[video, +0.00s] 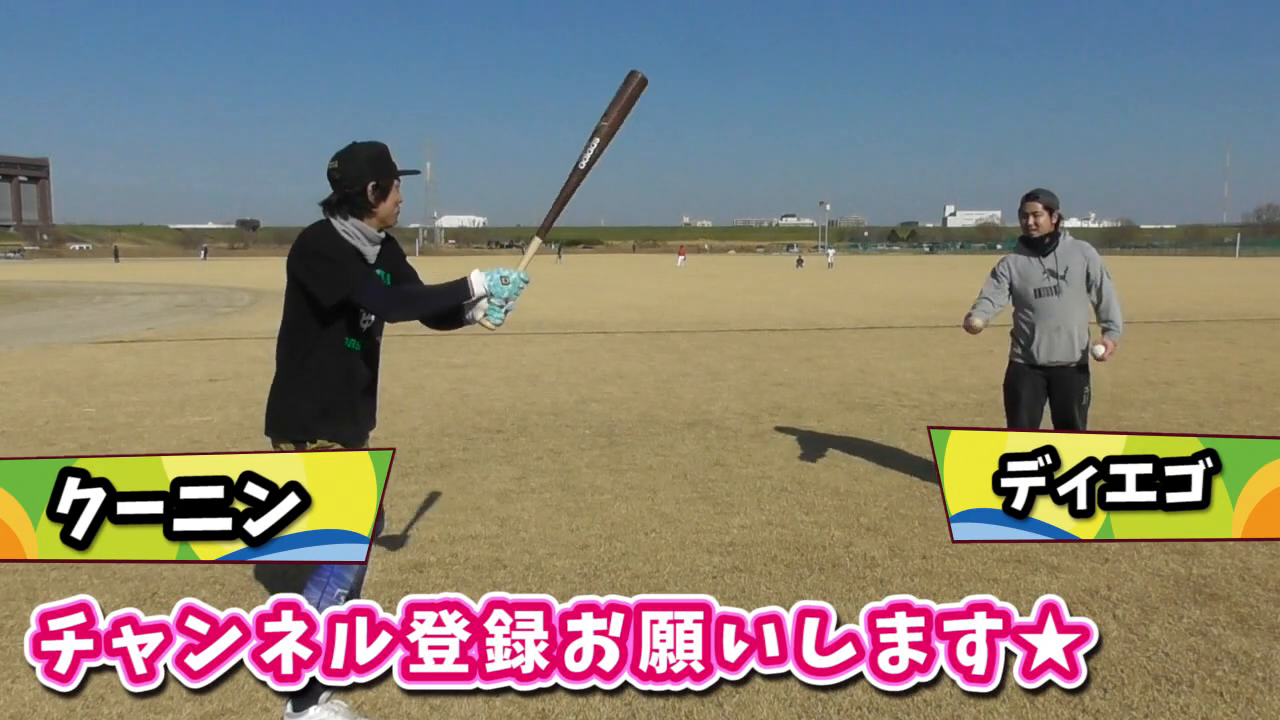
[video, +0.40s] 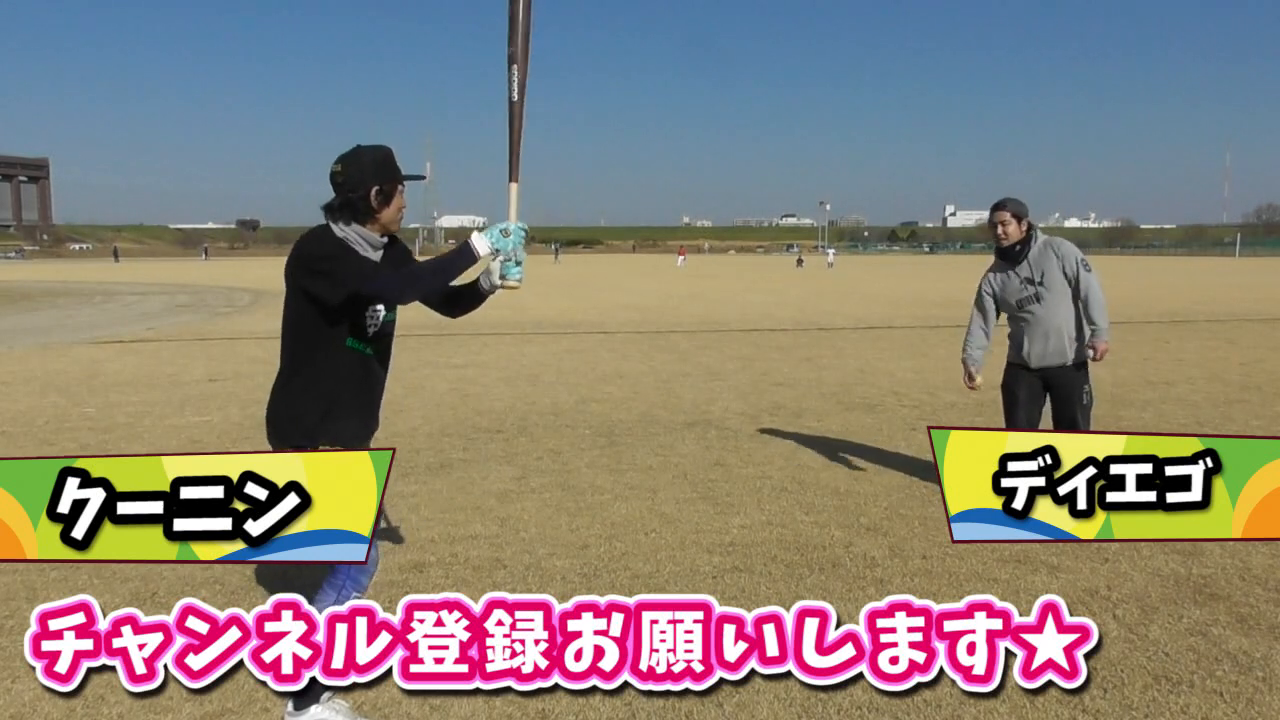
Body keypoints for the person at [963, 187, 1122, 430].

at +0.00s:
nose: (1029, 222)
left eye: (1036, 215)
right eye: (1024, 216)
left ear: (1054, 217)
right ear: (1019, 220)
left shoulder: (1082, 253)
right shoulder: (1012, 263)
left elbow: (1105, 295)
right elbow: (993, 295)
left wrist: (1110, 334)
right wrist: (977, 316)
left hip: (1071, 363)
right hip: (1026, 364)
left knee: (1072, 440)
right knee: (1020, 438)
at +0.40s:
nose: (998, 231)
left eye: (1005, 224)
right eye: (994, 226)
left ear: (1023, 226)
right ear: (990, 229)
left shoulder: (1060, 251)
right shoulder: (994, 278)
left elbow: (1089, 289)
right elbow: (981, 323)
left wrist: (1099, 334)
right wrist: (972, 360)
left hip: (1068, 364)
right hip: (1023, 368)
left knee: (1075, 442)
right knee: (1018, 440)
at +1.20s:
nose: (984, 238)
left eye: (990, 231)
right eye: (978, 233)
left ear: (1006, 231)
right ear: (972, 238)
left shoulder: (1041, 253)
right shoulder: (978, 281)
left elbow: (1077, 284)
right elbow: (965, 308)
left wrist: (1090, 325)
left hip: (1066, 361)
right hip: (1021, 368)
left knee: (1079, 436)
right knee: (1019, 438)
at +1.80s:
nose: (1026, 233)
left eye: (1033, 226)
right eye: (1020, 226)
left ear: (1049, 226)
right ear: (1013, 226)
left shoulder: (1071, 263)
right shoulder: (999, 265)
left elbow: (1086, 312)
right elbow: (981, 311)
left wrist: (1083, 355)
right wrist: (978, 353)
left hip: (1061, 369)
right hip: (1014, 372)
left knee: (1077, 442)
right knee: (1013, 442)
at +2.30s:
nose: (1060, 258)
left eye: (1068, 252)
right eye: (1055, 249)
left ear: (1081, 248)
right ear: (1047, 239)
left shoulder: (1090, 275)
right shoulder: (1019, 265)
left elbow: (1090, 323)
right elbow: (1000, 308)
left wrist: (1066, 359)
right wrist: (1005, 351)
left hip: (1060, 370)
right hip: (1015, 370)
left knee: (1076, 442)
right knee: (1013, 443)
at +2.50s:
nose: (1065, 290)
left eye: (1072, 286)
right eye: (1060, 284)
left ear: (1082, 280)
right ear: (1049, 271)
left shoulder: (1089, 294)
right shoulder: (1018, 281)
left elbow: (1093, 342)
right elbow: (999, 325)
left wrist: (1082, 388)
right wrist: (1003, 370)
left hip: (1058, 373)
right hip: (1014, 371)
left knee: (1076, 439)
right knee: (1011, 441)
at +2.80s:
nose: (1055, 334)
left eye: (1062, 330)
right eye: (1050, 329)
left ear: (1073, 322)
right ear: (1038, 314)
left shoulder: (1085, 325)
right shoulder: (1013, 309)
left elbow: (1081, 377)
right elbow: (992, 347)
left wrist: (1065, 425)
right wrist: (990, 387)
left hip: (1058, 377)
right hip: (1016, 376)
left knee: (1077, 430)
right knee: (1010, 429)